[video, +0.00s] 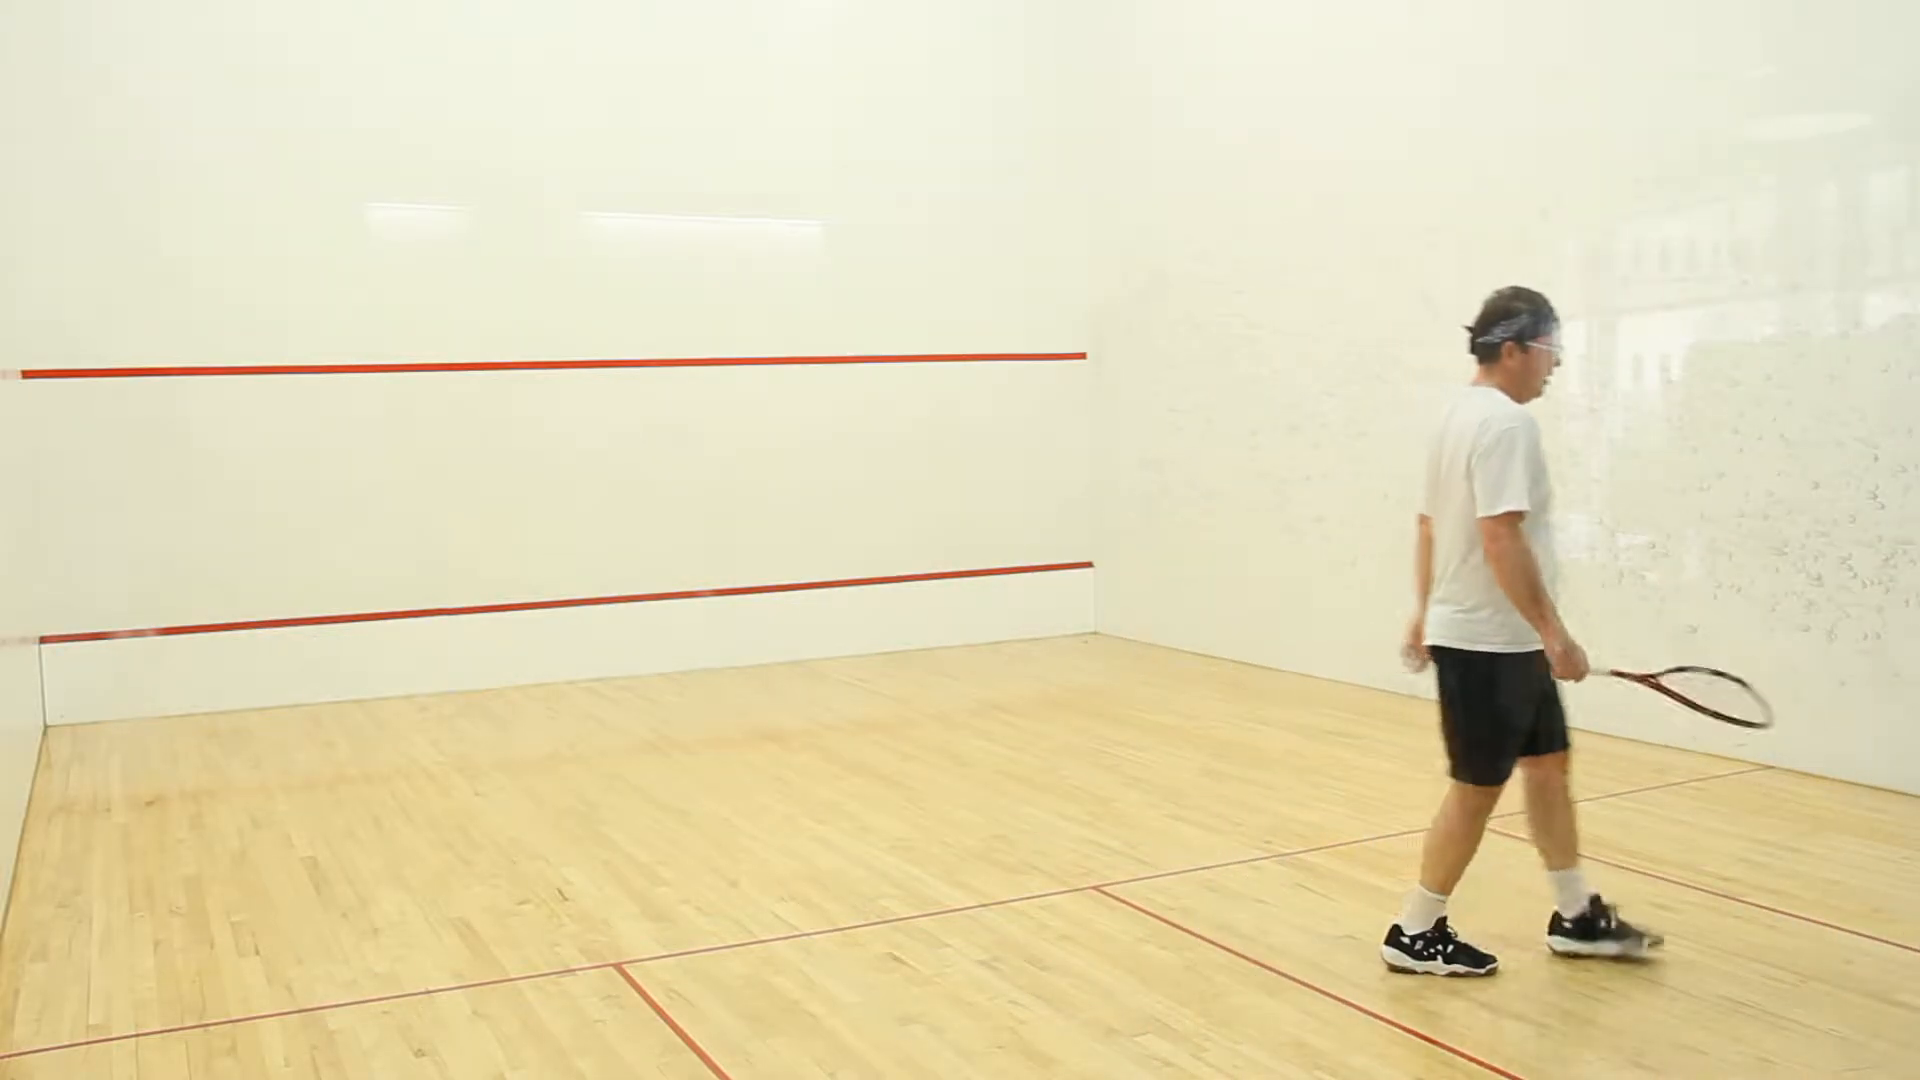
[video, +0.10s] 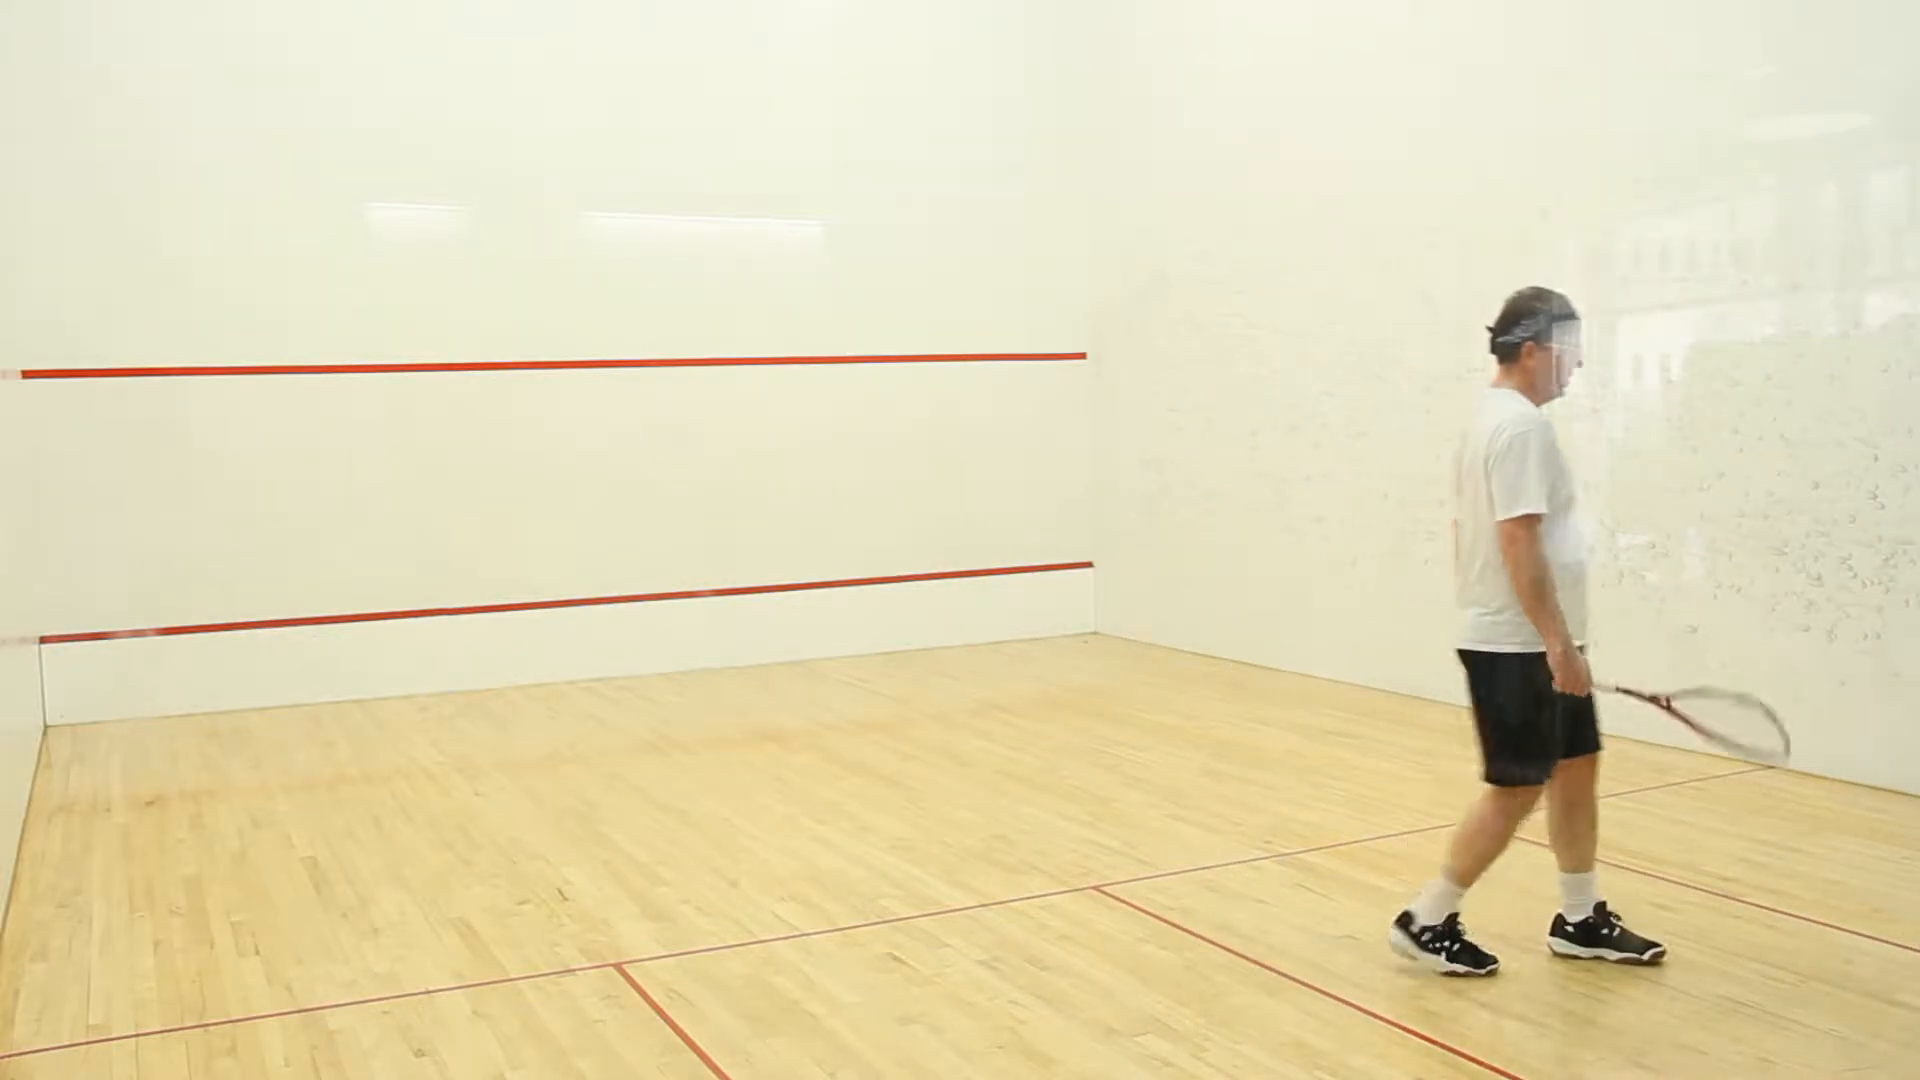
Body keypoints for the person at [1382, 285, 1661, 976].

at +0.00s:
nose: (1556, 362)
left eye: (1556, 349)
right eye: (1549, 348)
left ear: (1499, 350)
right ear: (1513, 348)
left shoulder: (1460, 414)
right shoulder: (1506, 423)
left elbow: (1428, 525)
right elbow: (1502, 540)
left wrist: (1423, 609)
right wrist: (1555, 635)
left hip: (1497, 637)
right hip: (1488, 640)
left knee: (1547, 760)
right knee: (1480, 782)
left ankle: (1576, 912)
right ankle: (1417, 929)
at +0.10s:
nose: (1573, 367)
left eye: (1573, 354)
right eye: (1567, 352)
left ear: (1516, 352)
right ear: (1532, 350)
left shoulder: (1490, 419)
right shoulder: (1521, 425)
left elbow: (1482, 544)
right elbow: (1520, 546)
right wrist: (1561, 647)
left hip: (1527, 637)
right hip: (1512, 642)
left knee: (1576, 759)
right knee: (1517, 783)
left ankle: (1581, 915)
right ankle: (1429, 917)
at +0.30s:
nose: (1607, 357)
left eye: (1607, 343)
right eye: (1598, 342)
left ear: (1553, 344)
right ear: (1558, 342)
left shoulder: (1553, 417)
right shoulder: (1533, 422)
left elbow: (1562, 537)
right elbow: (1531, 542)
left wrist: (1604, 625)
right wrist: (1568, 637)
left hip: (1587, 630)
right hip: (1560, 636)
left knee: (1605, 773)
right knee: (1604, 770)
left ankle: (1583, 917)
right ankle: (1491, 895)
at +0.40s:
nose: (1615, 354)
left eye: (1615, 340)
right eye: (1608, 340)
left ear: (1571, 339)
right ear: (1572, 339)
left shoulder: (1572, 417)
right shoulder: (1539, 418)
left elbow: (1614, 516)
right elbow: (1530, 532)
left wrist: (1670, 577)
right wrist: (1563, 636)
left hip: (1603, 628)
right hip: (1573, 634)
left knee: (1608, 766)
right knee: (1617, 765)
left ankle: (1585, 915)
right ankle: (1547, 923)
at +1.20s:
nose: (1635, 336)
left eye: (1631, 324)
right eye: (1626, 325)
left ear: (1591, 337)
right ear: (1594, 335)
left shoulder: (1614, 418)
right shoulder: (1563, 416)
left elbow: (1643, 514)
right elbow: (1549, 536)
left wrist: (1726, 538)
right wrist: (1588, 630)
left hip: (1624, 635)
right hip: (1563, 638)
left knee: (1640, 764)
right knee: (1571, 778)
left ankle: (1622, 913)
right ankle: (1544, 935)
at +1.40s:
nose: (1652, 334)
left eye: (1650, 323)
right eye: (1640, 323)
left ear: (1619, 337)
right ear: (1599, 335)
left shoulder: (1654, 421)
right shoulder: (1555, 424)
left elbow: (1713, 499)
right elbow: (1534, 531)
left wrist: (1810, 473)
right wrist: (1578, 623)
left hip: (1637, 636)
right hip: (1565, 636)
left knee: (1633, 769)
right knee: (1571, 778)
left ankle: (1620, 918)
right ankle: (1543, 935)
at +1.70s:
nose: (1643, 356)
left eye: (1649, 341)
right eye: (1628, 342)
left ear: (1656, 344)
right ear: (1588, 345)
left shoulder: (1675, 425)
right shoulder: (1541, 424)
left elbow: (1734, 505)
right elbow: (1497, 523)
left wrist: (1711, 433)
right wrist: (1477, 619)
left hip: (1643, 639)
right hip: (1556, 636)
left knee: (1633, 781)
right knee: (1549, 782)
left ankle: (1620, 917)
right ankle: (1534, 926)